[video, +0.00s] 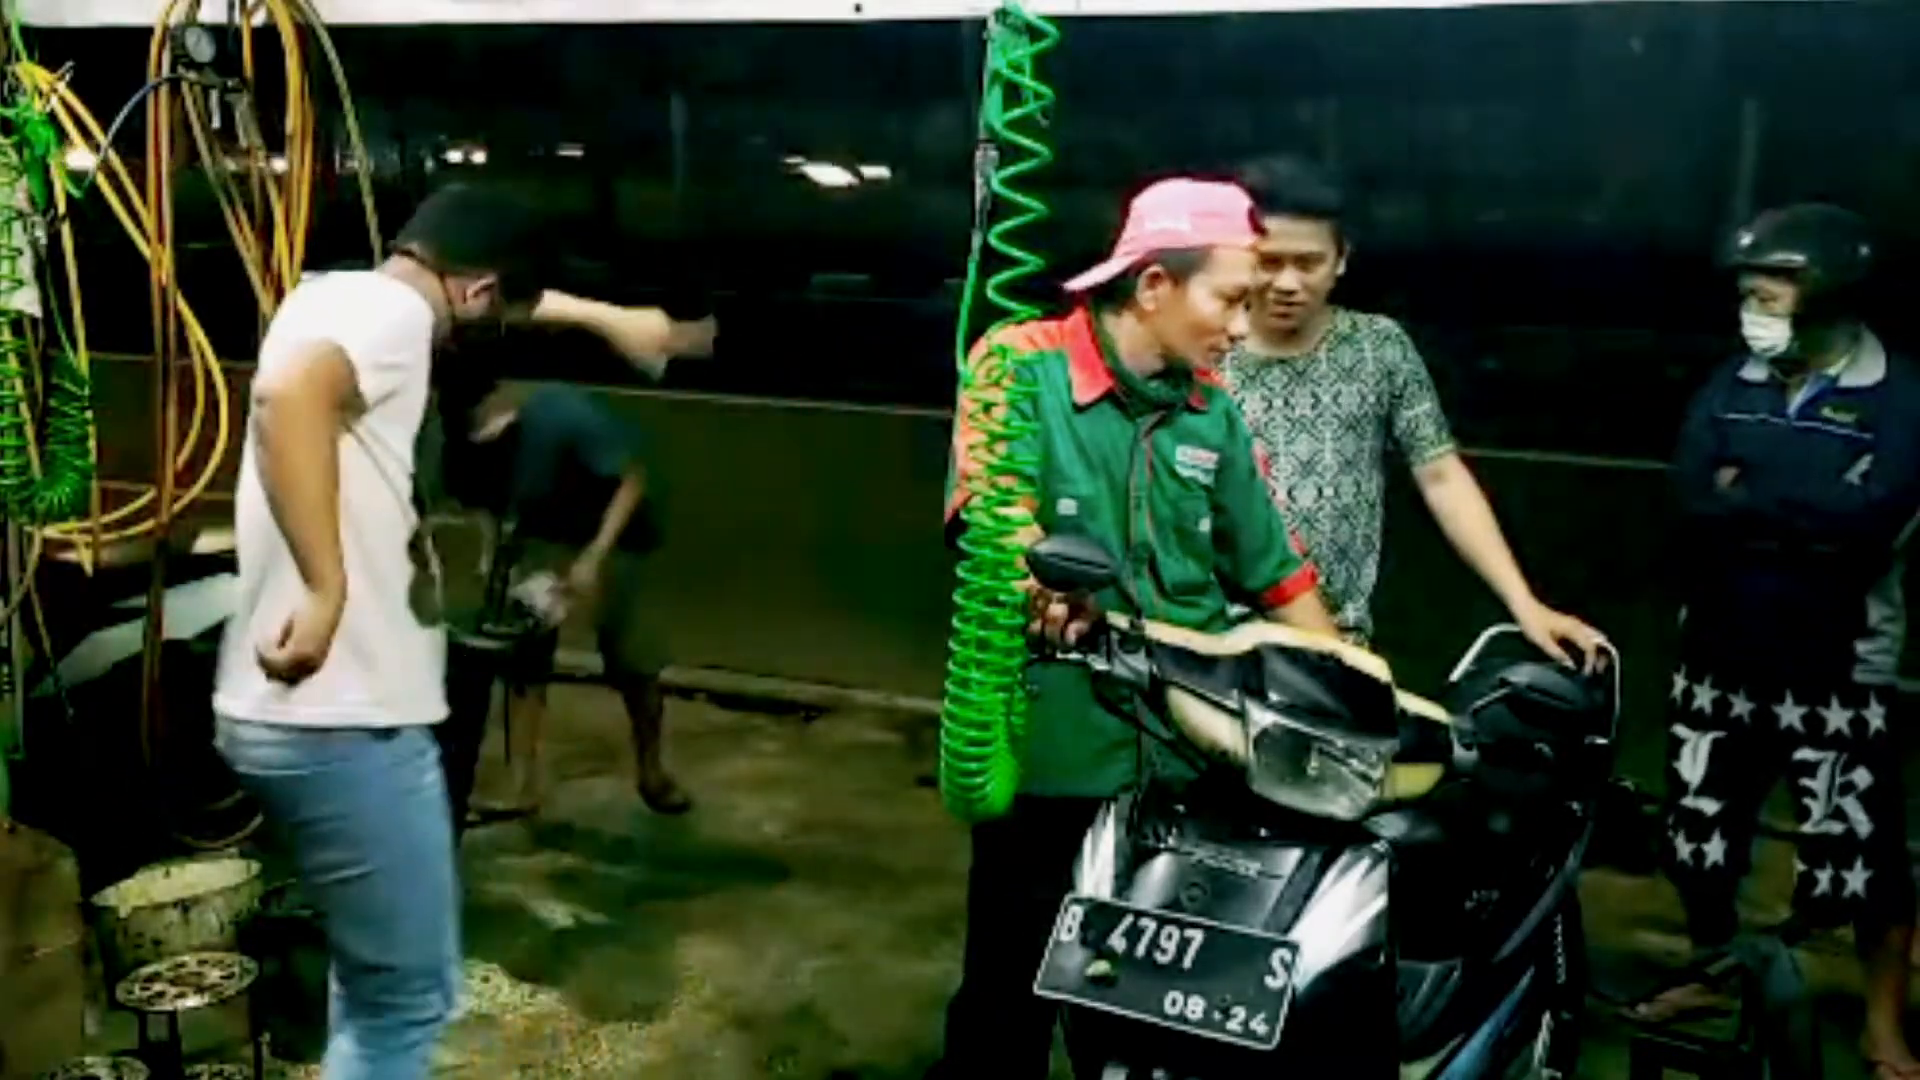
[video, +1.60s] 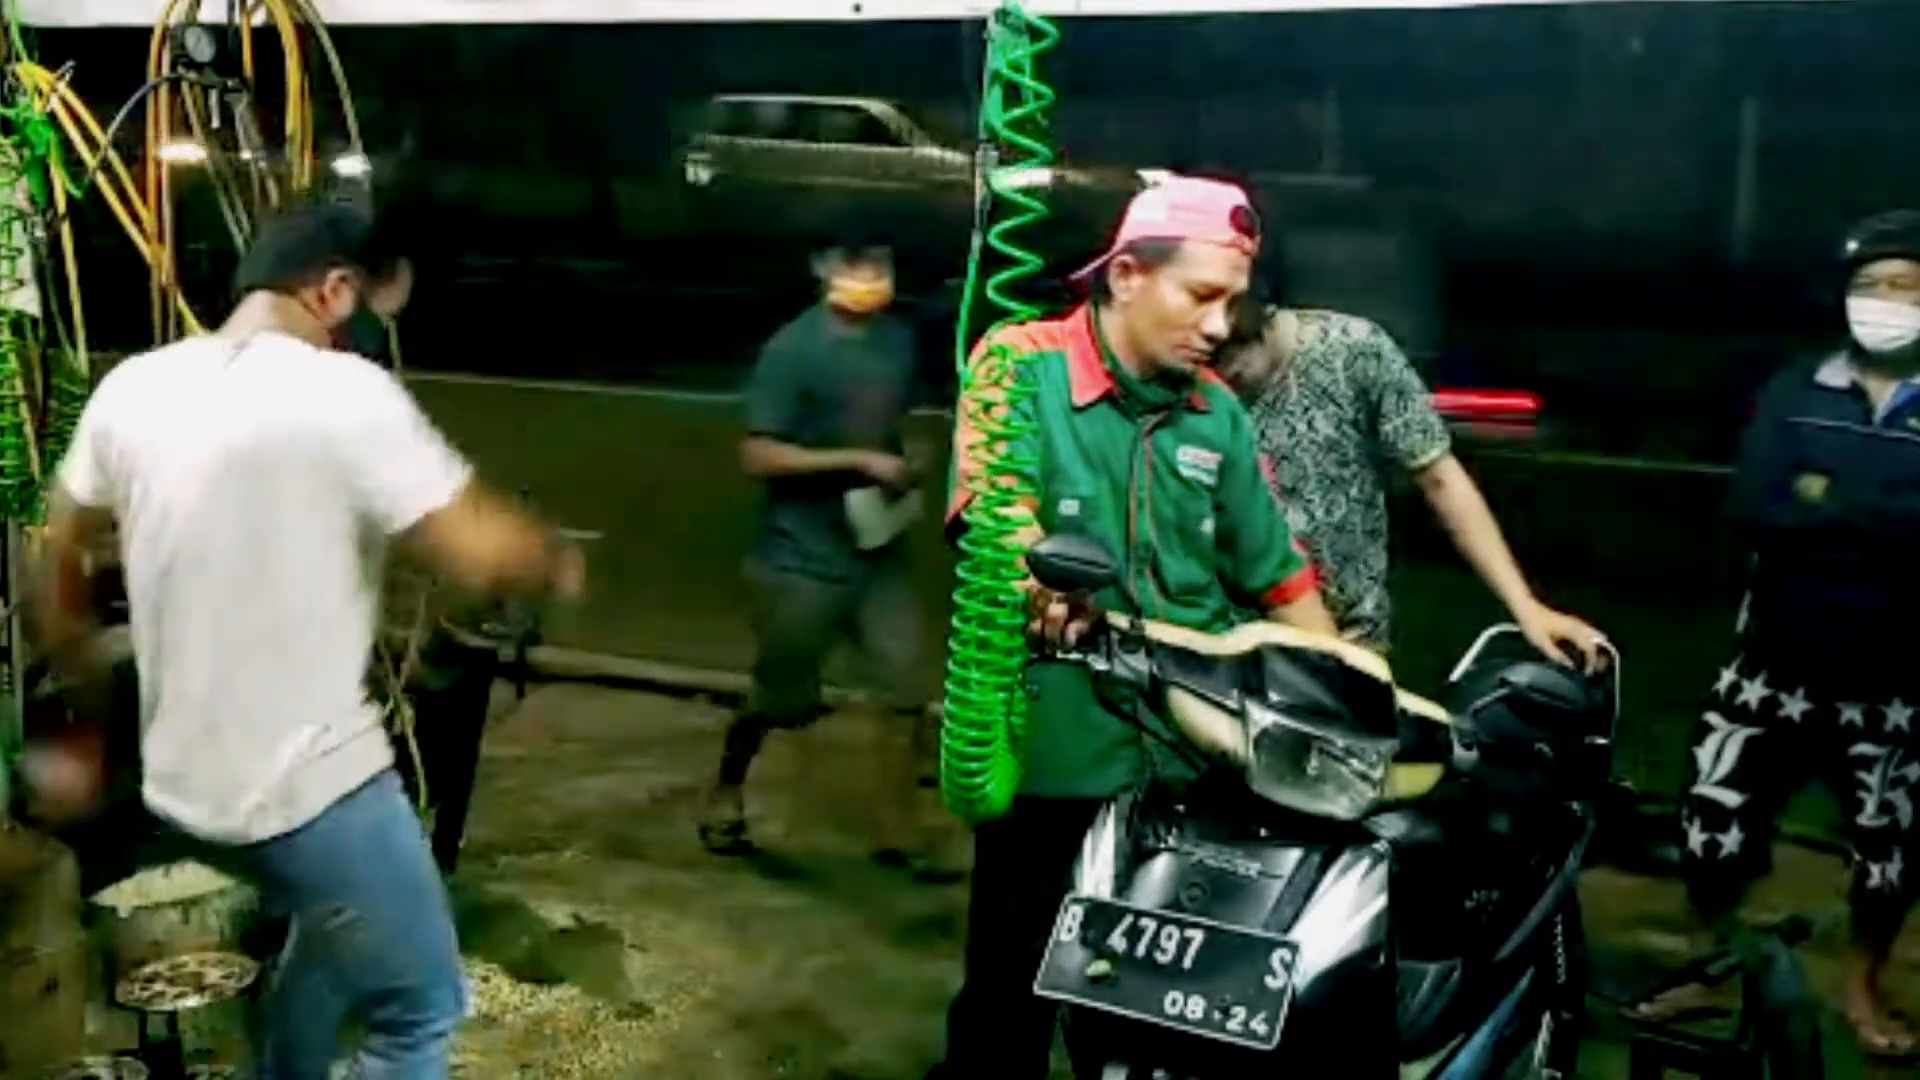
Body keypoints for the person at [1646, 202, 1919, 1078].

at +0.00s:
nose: (1756, 303)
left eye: (1778, 289)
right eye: (1750, 286)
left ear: (1830, 299)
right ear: (1741, 290)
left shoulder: (1891, 395)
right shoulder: (1729, 384)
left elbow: (1872, 520)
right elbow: (1688, 499)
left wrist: (1740, 482)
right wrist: (1825, 499)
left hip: (1839, 659)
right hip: (1721, 649)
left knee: (1860, 852)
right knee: (1699, 829)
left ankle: (1885, 1020)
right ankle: (1709, 972)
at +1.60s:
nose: (1881, 305)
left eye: (1901, 291)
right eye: (1869, 288)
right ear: (1845, 301)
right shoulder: (1796, 395)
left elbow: (1910, 516)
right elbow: (1753, 502)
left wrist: (1816, 485)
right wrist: (1876, 508)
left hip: (1892, 666)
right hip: (1779, 656)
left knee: (1892, 855)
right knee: (1709, 824)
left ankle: (1862, 985)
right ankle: (1710, 966)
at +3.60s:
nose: (1894, 302)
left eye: (1911, 288)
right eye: (1882, 285)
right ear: (1855, 294)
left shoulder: (1918, 413)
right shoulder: (1806, 386)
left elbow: (1910, 521)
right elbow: (1757, 486)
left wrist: (1819, 478)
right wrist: (1868, 519)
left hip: (1889, 658)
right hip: (1781, 641)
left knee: (1883, 839)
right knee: (1736, 810)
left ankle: (1862, 982)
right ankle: (1717, 944)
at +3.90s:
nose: (1879, 304)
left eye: (1899, 291)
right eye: (1868, 286)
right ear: (1845, 293)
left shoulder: (1917, 411)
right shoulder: (1799, 384)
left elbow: (1909, 512)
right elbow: (1748, 483)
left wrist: (1814, 476)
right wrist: (1860, 507)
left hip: (1890, 649)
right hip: (1782, 632)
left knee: (1883, 832)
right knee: (1737, 799)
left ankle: (1863, 980)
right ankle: (1719, 932)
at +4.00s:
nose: (1876, 306)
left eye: (1896, 292)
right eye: (1864, 288)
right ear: (1838, 296)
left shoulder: (1918, 406)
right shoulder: (1787, 388)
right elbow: (1725, 496)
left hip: (1892, 656)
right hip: (1784, 643)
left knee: (1886, 837)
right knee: (1757, 808)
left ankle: (1862, 984)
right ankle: (1724, 942)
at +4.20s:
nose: (1868, 305)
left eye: (1888, 291)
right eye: (1856, 287)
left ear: (1918, 304)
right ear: (1835, 294)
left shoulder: (1908, 410)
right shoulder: (1805, 398)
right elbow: (1794, 524)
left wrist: (1882, 649)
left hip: (1901, 652)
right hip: (1815, 645)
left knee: (1885, 843)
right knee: (1820, 831)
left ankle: (1860, 995)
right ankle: (1823, 994)